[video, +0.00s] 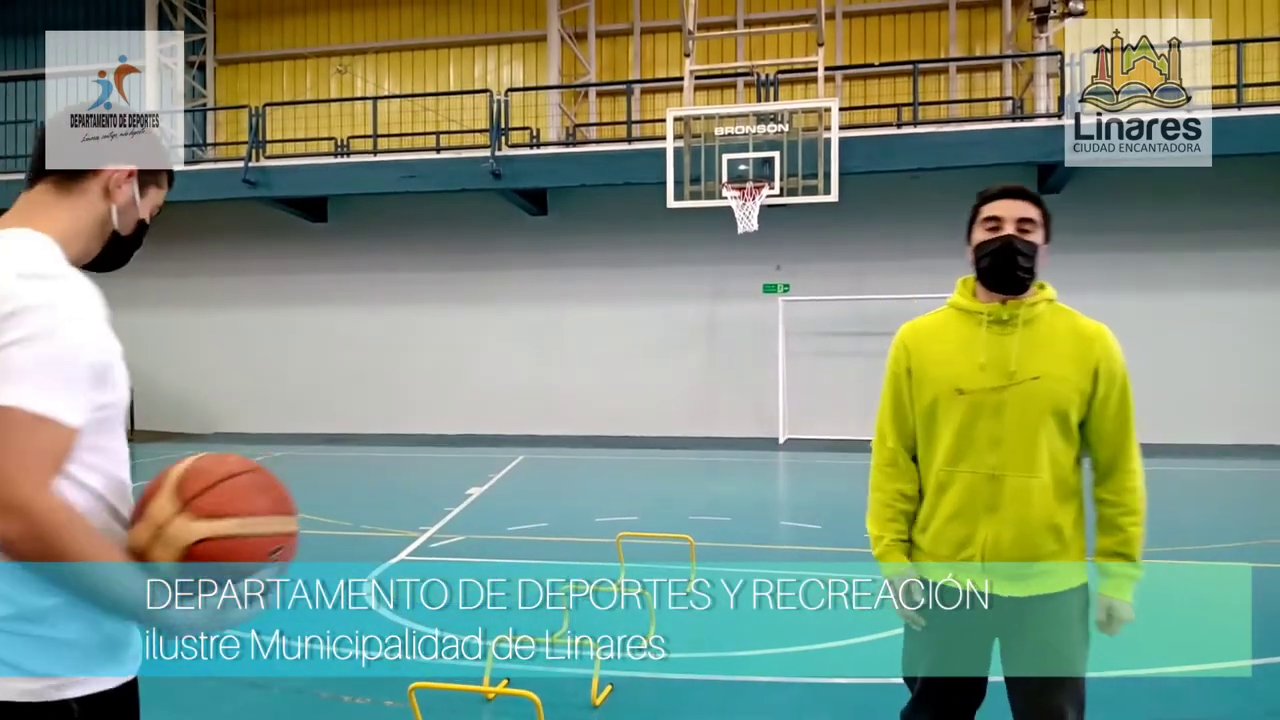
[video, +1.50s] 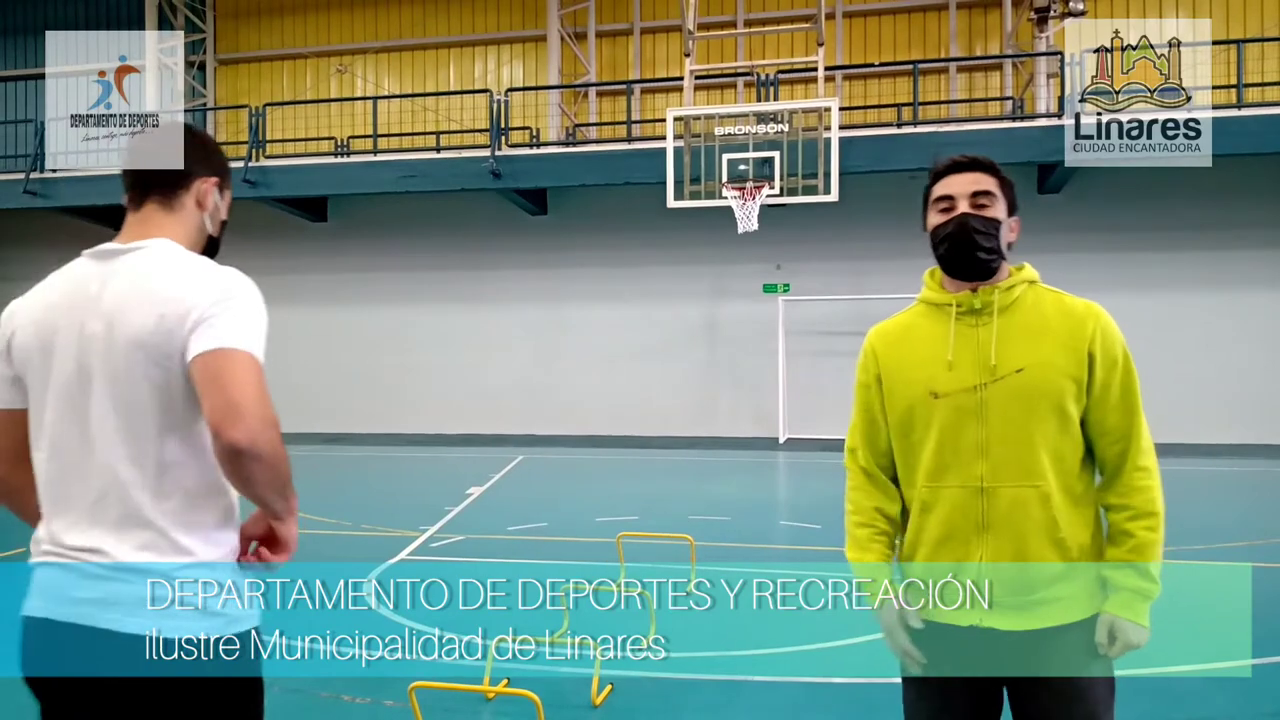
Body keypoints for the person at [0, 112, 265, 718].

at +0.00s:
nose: (140, 229)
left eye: (153, 213)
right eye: (151, 209)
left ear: (50, 169)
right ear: (120, 182)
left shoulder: (16, 268)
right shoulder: (54, 297)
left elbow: (29, 483)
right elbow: (13, 502)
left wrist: (127, 527)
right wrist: (134, 571)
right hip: (54, 684)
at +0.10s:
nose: (150, 226)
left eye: (163, 209)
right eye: (161, 205)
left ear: (56, 165)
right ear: (131, 179)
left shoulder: (13, 260)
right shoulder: (86, 292)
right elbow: (80, 486)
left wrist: (168, 522)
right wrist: (218, 573)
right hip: (62, 678)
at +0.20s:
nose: (159, 219)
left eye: (169, 202)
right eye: (168, 199)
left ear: (58, 170)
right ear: (138, 179)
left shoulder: (10, 254)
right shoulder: (105, 290)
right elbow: (147, 482)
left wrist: (206, 494)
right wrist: (279, 557)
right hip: (69, 676)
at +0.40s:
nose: (171, 210)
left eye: (177, 192)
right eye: (176, 190)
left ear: (67, 170)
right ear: (150, 180)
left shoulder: (7, 253)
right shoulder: (138, 301)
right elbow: (183, 504)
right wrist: (330, 500)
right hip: (79, 673)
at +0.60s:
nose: (176, 204)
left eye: (181, 187)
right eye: (180, 185)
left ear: (72, 170)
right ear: (156, 177)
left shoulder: (6, 256)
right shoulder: (163, 301)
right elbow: (214, 506)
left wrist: (218, 454)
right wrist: (286, 548)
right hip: (88, 665)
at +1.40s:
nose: (205, 220)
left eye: (207, 205)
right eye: (207, 202)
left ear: (113, 192)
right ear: (187, 189)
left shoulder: (24, 300)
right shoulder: (192, 285)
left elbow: (9, 464)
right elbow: (229, 448)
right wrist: (265, 503)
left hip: (33, 625)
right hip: (163, 626)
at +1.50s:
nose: (222, 219)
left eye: (225, 205)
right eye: (224, 202)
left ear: (131, 194)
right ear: (208, 193)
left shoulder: (27, 308)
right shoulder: (214, 287)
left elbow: (12, 473)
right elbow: (239, 432)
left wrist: (78, 530)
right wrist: (278, 510)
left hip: (60, 625)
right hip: (188, 623)